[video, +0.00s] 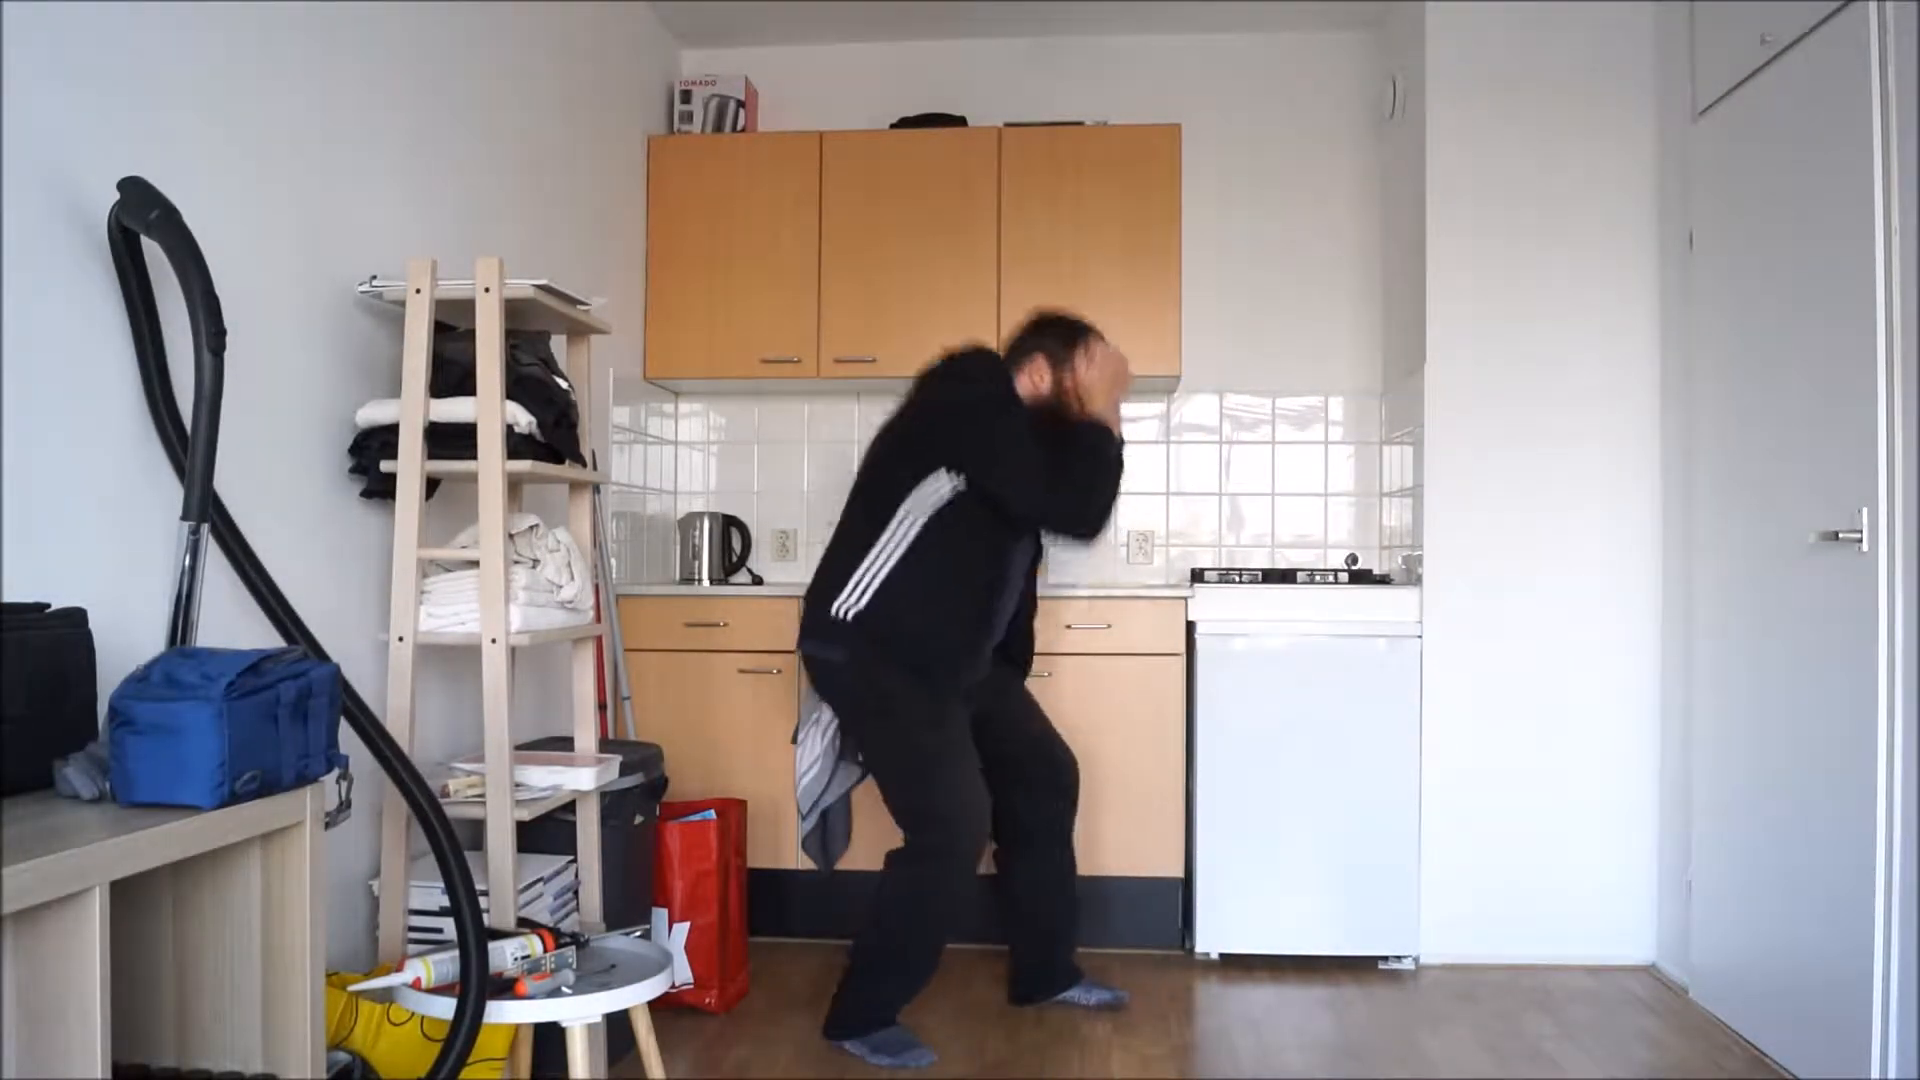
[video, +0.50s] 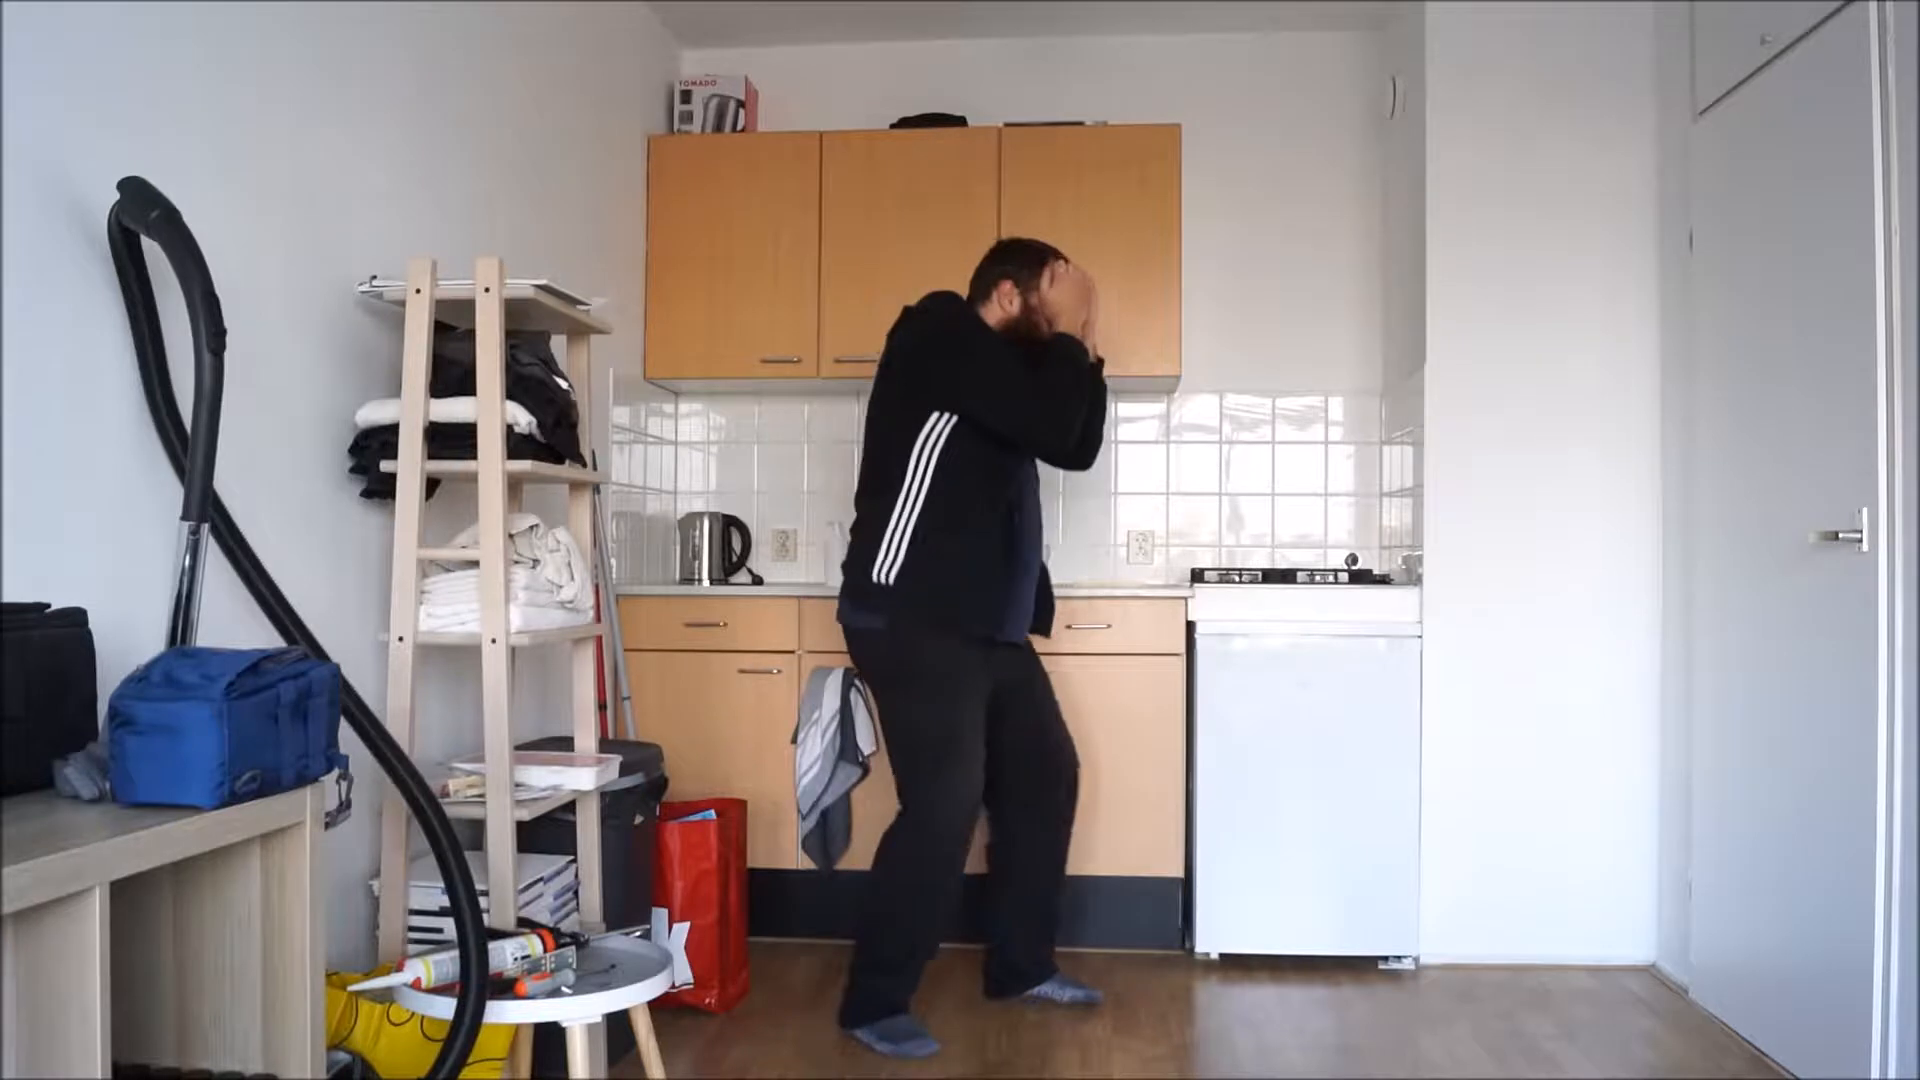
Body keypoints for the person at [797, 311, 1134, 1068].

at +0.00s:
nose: (1090, 406)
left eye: (1092, 394)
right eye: (1086, 391)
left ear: (1037, 379)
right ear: (1039, 373)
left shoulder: (1017, 425)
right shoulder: (969, 395)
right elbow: (1078, 510)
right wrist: (1102, 414)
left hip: (959, 658)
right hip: (874, 653)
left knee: (1043, 776)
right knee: (951, 826)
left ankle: (1041, 975)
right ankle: (860, 1018)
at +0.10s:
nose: (1069, 340)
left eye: (1070, 327)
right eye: (1061, 326)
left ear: (1011, 314)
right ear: (1014, 312)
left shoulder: (996, 368)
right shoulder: (947, 342)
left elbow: (1075, 454)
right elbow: (1075, 443)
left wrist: (1072, 366)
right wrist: (1076, 354)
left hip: (965, 632)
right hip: (889, 630)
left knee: (1028, 775)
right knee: (932, 812)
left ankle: (1032, 970)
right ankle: (858, 1017)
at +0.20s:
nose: (1060, 316)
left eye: (1063, 302)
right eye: (1053, 302)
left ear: (1005, 294)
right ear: (1004, 290)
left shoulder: (1000, 353)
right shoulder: (937, 322)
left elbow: (1080, 433)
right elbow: (1068, 417)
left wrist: (1081, 341)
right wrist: (1067, 326)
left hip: (976, 623)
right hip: (898, 617)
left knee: (1023, 783)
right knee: (926, 804)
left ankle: (1014, 973)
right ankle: (858, 1015)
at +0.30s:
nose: (1057, 311)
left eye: (1061, 297)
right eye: (1050, 296)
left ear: (1005, 289)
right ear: (1001, 285)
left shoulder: (998, 346)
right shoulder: (936, 319)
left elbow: (1079, 426)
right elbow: (1063, 410)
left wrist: (1082, 336)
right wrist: (1069, 320)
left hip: (983, 615)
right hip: (909, 611)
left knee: (1017, 788)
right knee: (932, 801)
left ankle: (1013, 974)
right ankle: (864, 1005)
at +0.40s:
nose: (1057, 312)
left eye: (1062, 298)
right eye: (1052, 297)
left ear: (1007, 294)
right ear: (1003, 288)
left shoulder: (1000, 350)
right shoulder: (935, 323)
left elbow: (1078, 432)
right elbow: (1042, 408)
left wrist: (1086, 343)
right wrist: (1066, 323)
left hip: (986, 617)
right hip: (911, 612)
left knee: (1025, 784)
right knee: (935, 793)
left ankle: (1014, 974)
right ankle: (874, 1004)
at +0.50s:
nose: (1060, 322)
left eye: (1064, 308)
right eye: (1054, 307)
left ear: (1008, 304)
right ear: (1006, 297)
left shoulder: (999, 362)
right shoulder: (936, 331)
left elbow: (1074, 446)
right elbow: (1045, 420)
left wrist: (1085, 354)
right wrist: (1068, 335)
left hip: (990, 626)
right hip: (911, 621)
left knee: (1043, 779)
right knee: (943, 800)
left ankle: (1020, 970)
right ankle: (874, 1005)